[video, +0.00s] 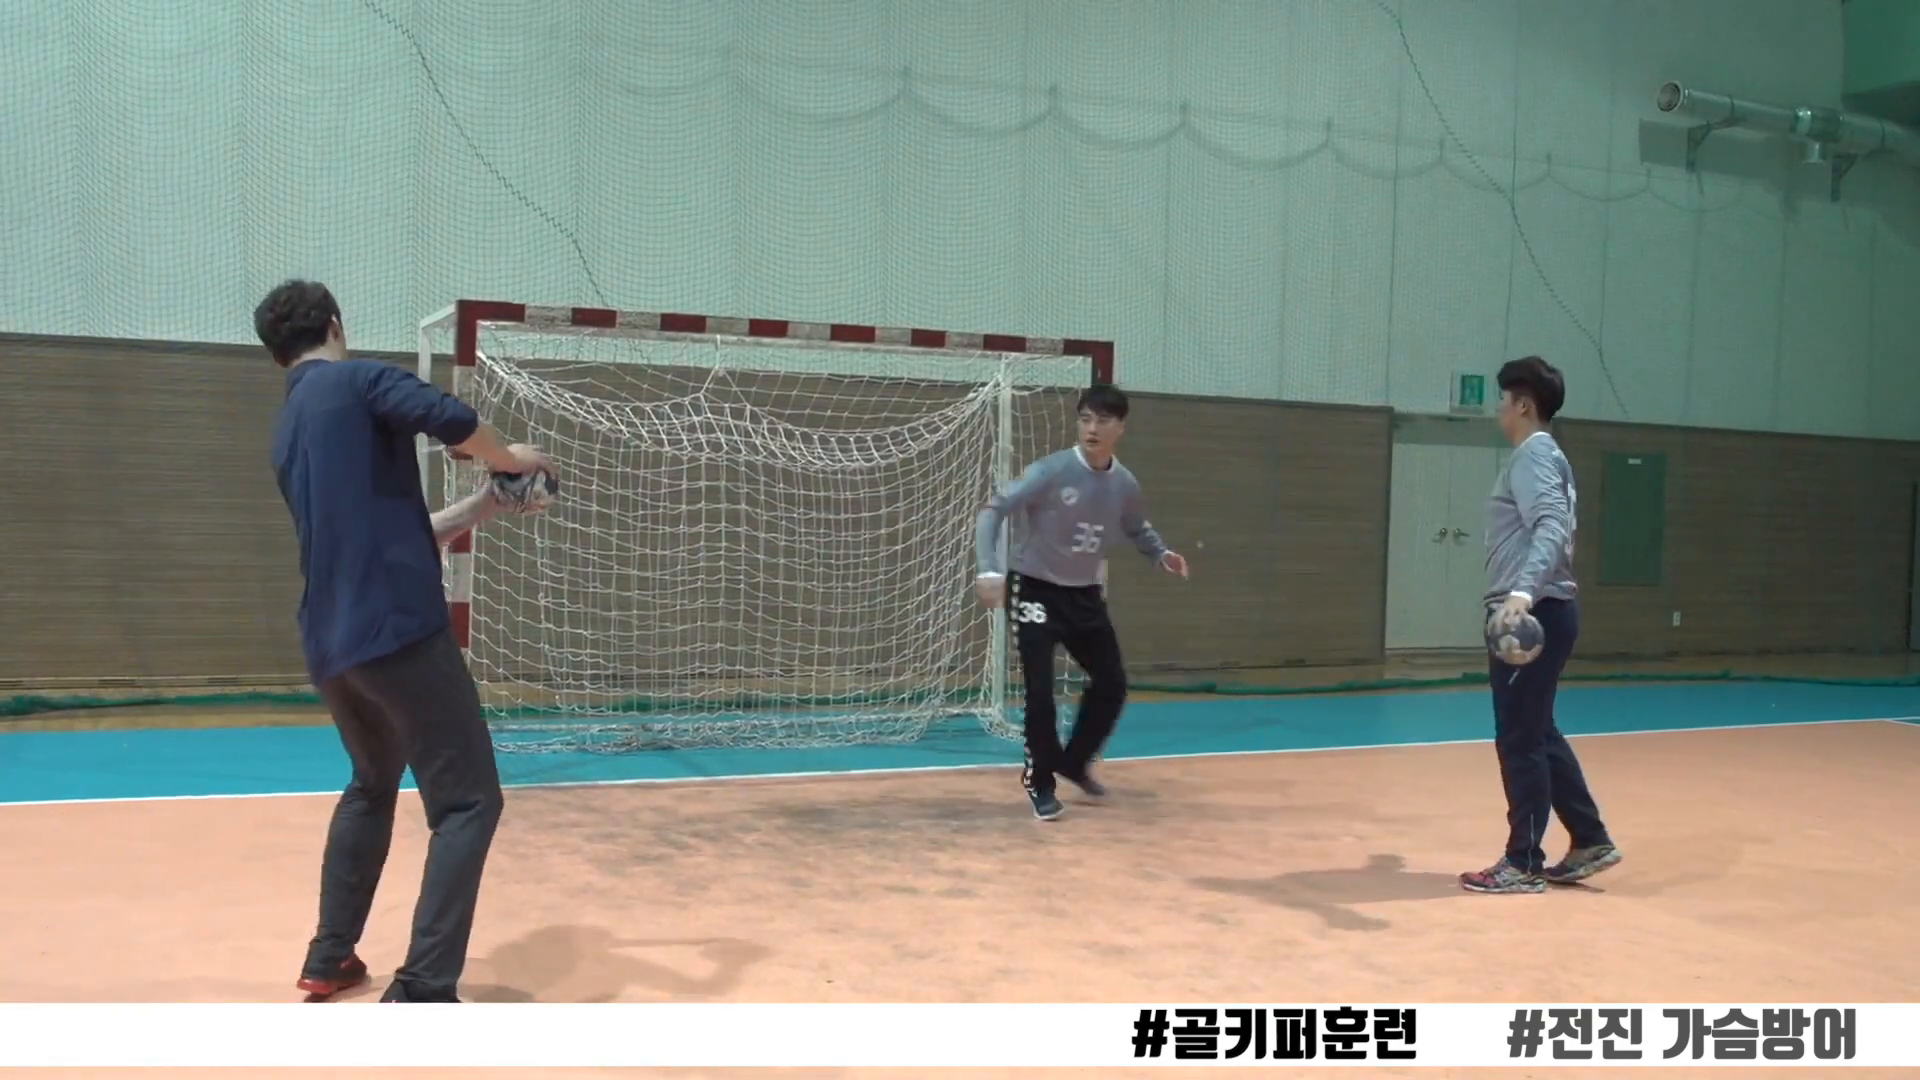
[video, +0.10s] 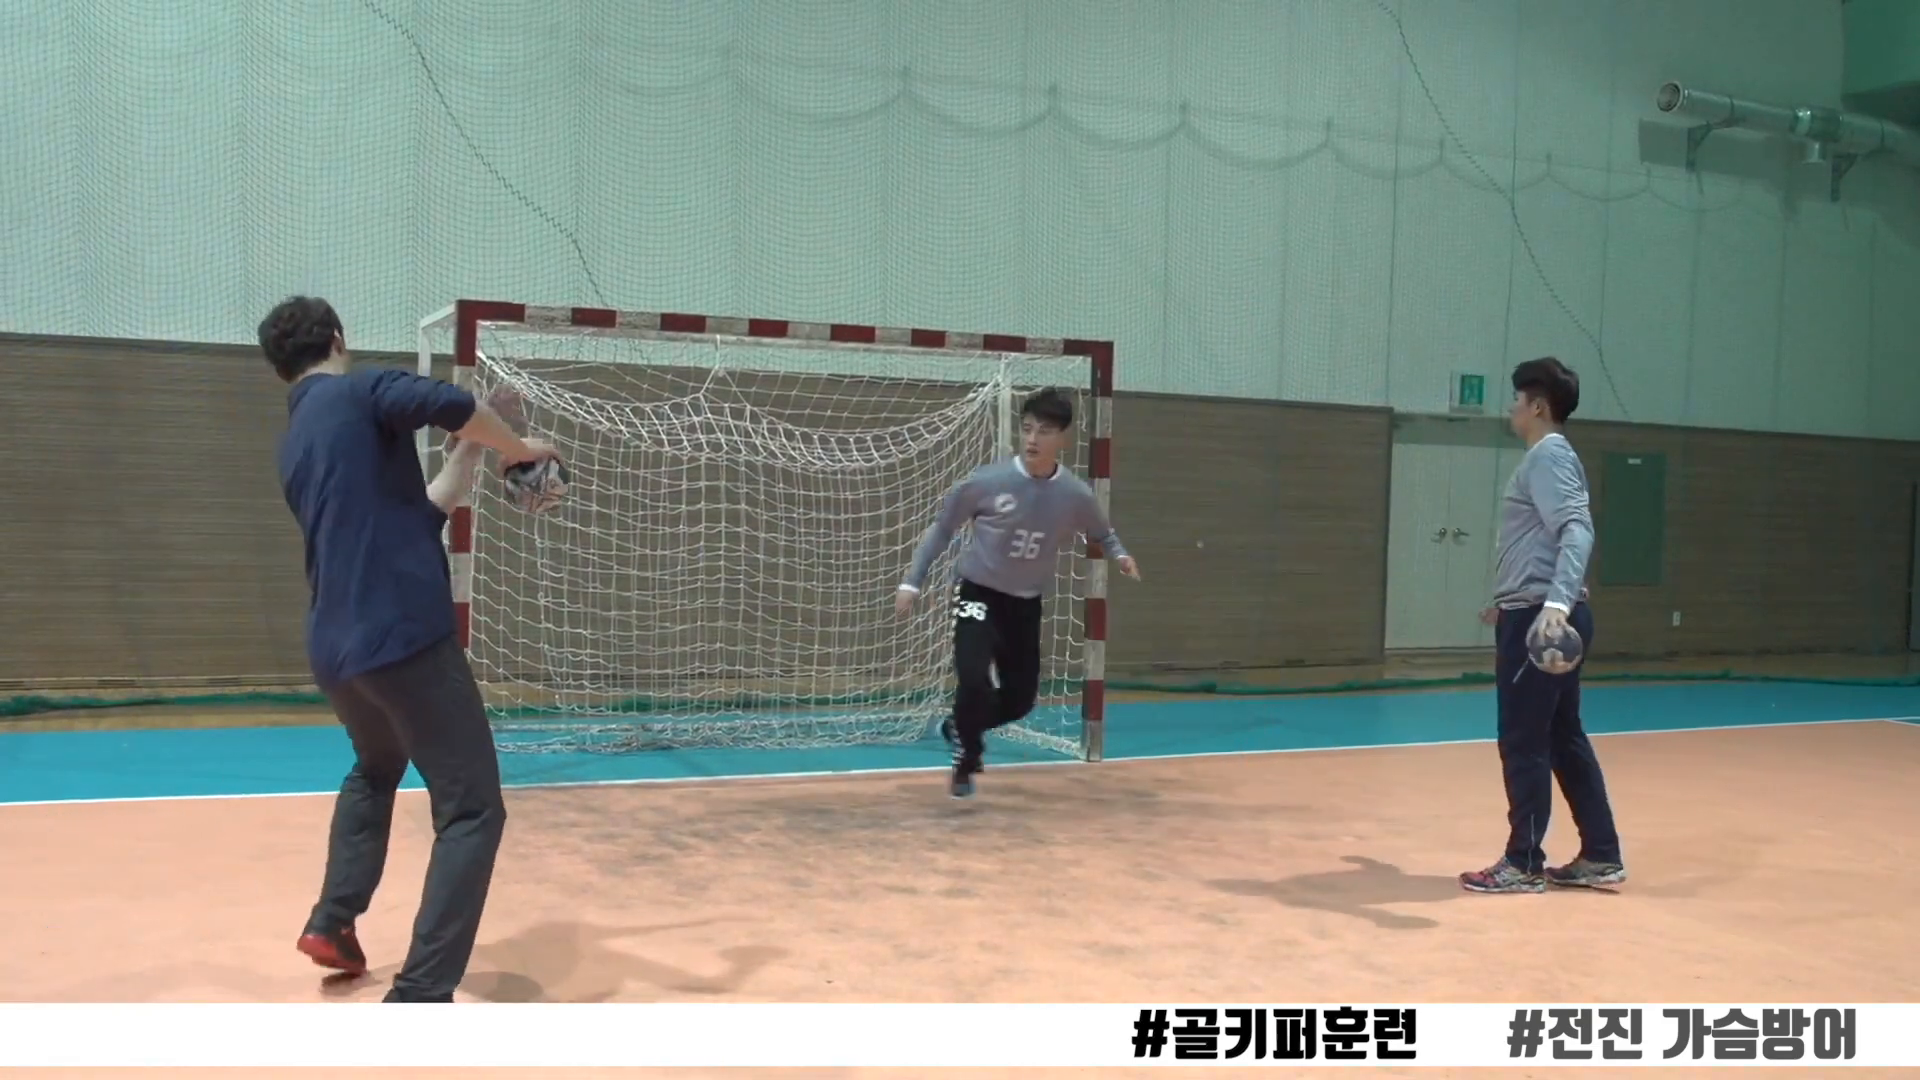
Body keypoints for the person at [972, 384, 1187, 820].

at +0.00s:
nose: (1092, 429)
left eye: (1103, 422)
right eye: (1086, 419)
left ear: (1121, 429)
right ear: (1076, 423)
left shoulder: (1124, 485)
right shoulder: (1051, 471)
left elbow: (1138, 530)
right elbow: (992, 511)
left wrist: (1162, 554)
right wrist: (989, 570)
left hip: (1084, 594)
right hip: (1035, 590)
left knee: (1111, 685)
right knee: (1040, 691)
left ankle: (1074, 761)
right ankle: (1042, 784)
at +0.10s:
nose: (1032, 439)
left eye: (1044, 431)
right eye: (1027, 429)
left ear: (1064, 439)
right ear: (1020, 432)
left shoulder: (1076, 496)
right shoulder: (986, 482)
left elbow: (1104, 534)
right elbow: (942, 528)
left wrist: (1121, 554)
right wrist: (912, 582)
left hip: (1024, 603)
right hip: (976, 595)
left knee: (1020, 699)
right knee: (973, 682)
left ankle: (960, 726)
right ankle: (966, 762)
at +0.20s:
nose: (977, 469)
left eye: (988, 461)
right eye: (972, 460)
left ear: (1007, 469)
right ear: (965, 465)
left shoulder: (1024, 527)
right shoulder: (937, 515)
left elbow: (1056, 561)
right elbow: (899, 568)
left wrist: (1073, 576)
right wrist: (866, 613)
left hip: (967, 630)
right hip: (920, 619)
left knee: (951, 708)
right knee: (903, 693)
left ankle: (916, 764)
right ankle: (849, 753)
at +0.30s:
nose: (920, 472)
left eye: (932, 465)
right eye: (917, 463)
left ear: (951, 473)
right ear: (910, 468)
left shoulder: (967, 533)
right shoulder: (879, 517)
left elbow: (1012, 578)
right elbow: (840, 560)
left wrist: (1011, 563)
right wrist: (795, 594)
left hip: (923, 647)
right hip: (869, 636)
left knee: (934, 726)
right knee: (820, 695)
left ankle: (920, 767)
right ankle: (771, 772)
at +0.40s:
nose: (859, 463)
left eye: (871, 456)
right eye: (855, 454)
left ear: (893, 468)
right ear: (848, 458)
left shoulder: (906, 534)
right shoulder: (813, 504)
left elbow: (937, 571)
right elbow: (772, 535)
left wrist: (957, 580)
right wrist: (721, 557)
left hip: (861, 641)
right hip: (806, 632)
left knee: (892, 725)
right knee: (766, 708)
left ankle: (919, 756)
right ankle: (766, 788)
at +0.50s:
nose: (813, 463)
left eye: (825, 457)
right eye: (810, 453)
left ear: (847, 469)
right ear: (804, 457)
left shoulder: (856, 531)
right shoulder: (768, 498)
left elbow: (886, 572)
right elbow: (716, 513)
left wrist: (907, 594)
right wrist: (688, 528)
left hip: (810, 624)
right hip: (760, 617)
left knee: (812, 696)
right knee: (747, 700)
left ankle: (831, 790)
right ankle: (767, 786)